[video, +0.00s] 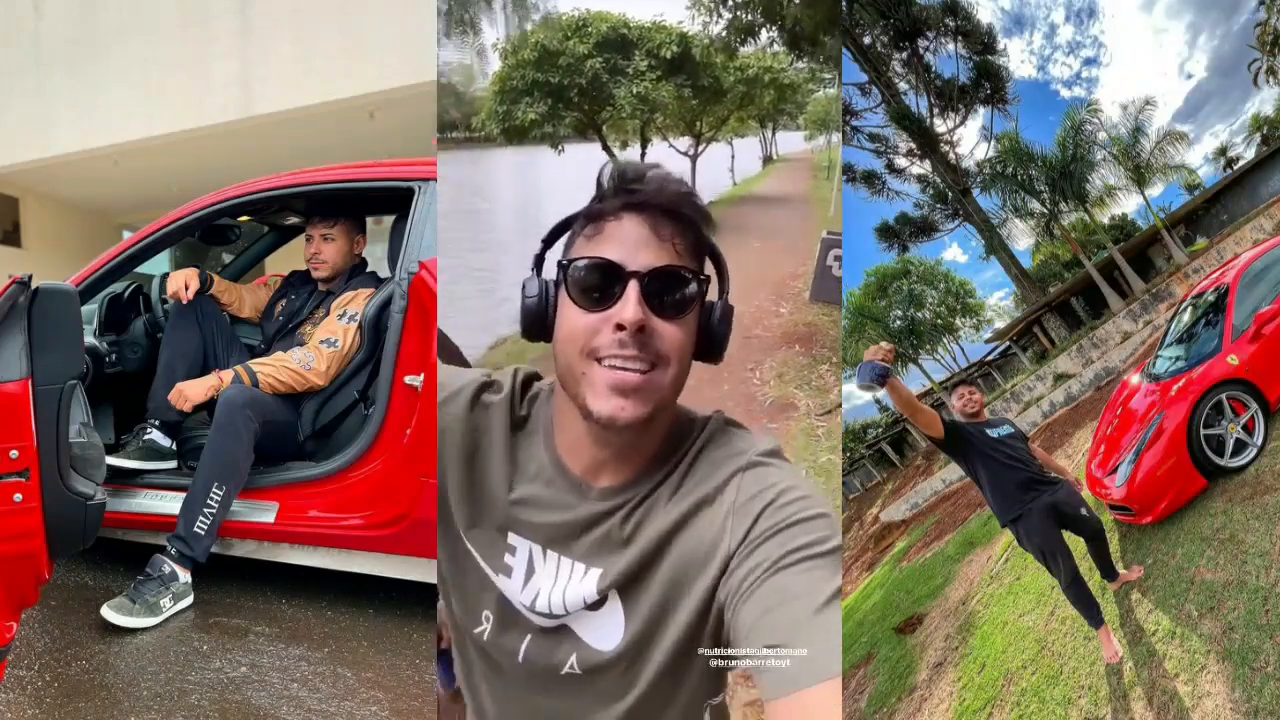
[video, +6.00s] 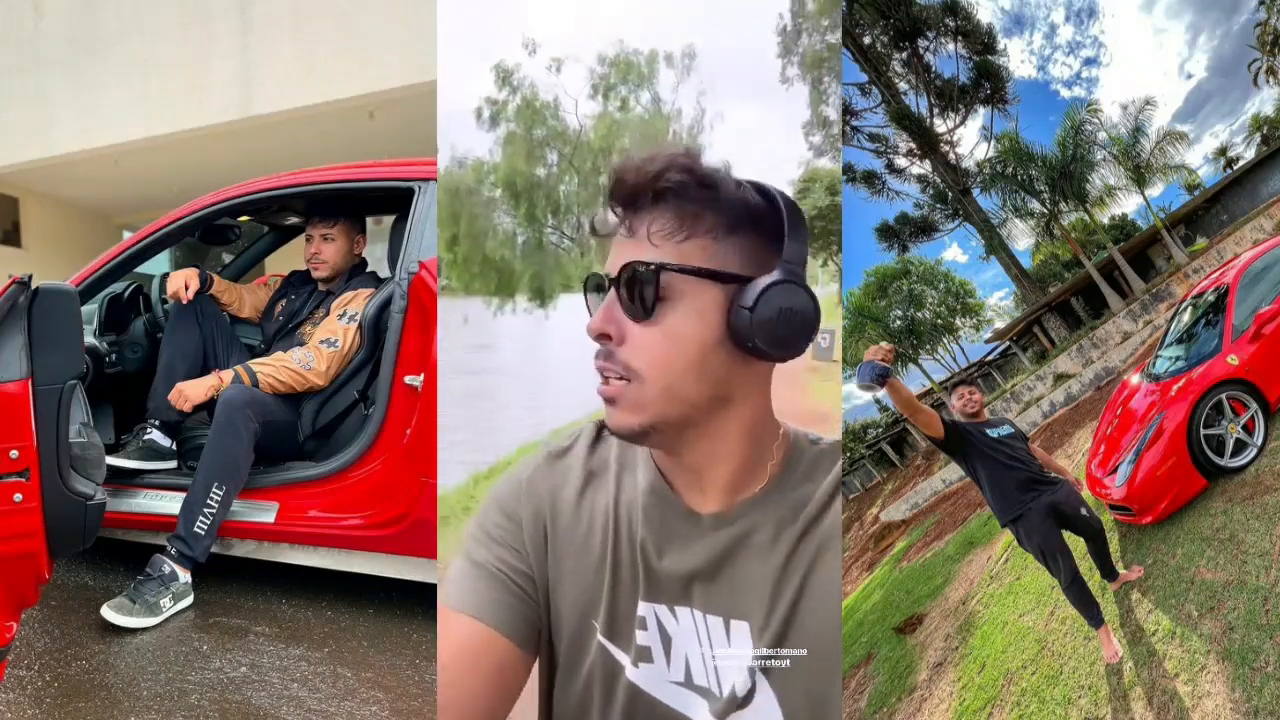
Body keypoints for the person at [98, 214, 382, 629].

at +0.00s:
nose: (314, 249)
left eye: (328, 239)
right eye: (310, 239)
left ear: (358, 245)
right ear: (305, 244)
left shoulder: (362, 297)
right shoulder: (291, 286)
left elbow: (315, 367)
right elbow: (242, 299)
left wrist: (220, 380)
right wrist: (201, 279)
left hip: (314, 412)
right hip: (260, 386)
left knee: (238, 402)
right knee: (195, 302)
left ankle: (176, 567)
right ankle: (160, 433)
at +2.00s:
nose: (315, 249)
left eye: (328, 239)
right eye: (310, 239)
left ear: (358, 245)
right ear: (304, 244)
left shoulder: (361, 297)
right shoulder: (292, 286)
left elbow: (315, 366)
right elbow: (243, 299)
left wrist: (219, 381)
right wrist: (203, 279)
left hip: (315, 411)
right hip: (265, 389)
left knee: (239, 402)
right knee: (196, 303)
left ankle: (177, 568)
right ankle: (161, 433)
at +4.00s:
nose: (314, 250)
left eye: (328, 239)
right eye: (310, 239)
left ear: (358, 245)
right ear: (304, 244)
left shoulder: (362, 297)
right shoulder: (292, 286)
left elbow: (315, 366)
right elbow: (242, 299)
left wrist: (219, 380)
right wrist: (202, 278)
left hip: (316, 410)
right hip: (266, 389)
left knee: (239, 402)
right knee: (196, 303)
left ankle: (177, 568)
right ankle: (161, 433)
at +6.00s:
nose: (315, 249)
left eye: (328, 239)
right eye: (310, 239)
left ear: (358, 245)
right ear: (304, 244)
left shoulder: (361, 297)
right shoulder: (292, 286)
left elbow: (315, 366)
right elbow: (243, 299)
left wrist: (220, 380)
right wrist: (203, 279)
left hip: (315, 410)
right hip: (265, 388)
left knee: (239, 402)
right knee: (196, 303)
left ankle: (177, 568)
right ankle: (161, 433)